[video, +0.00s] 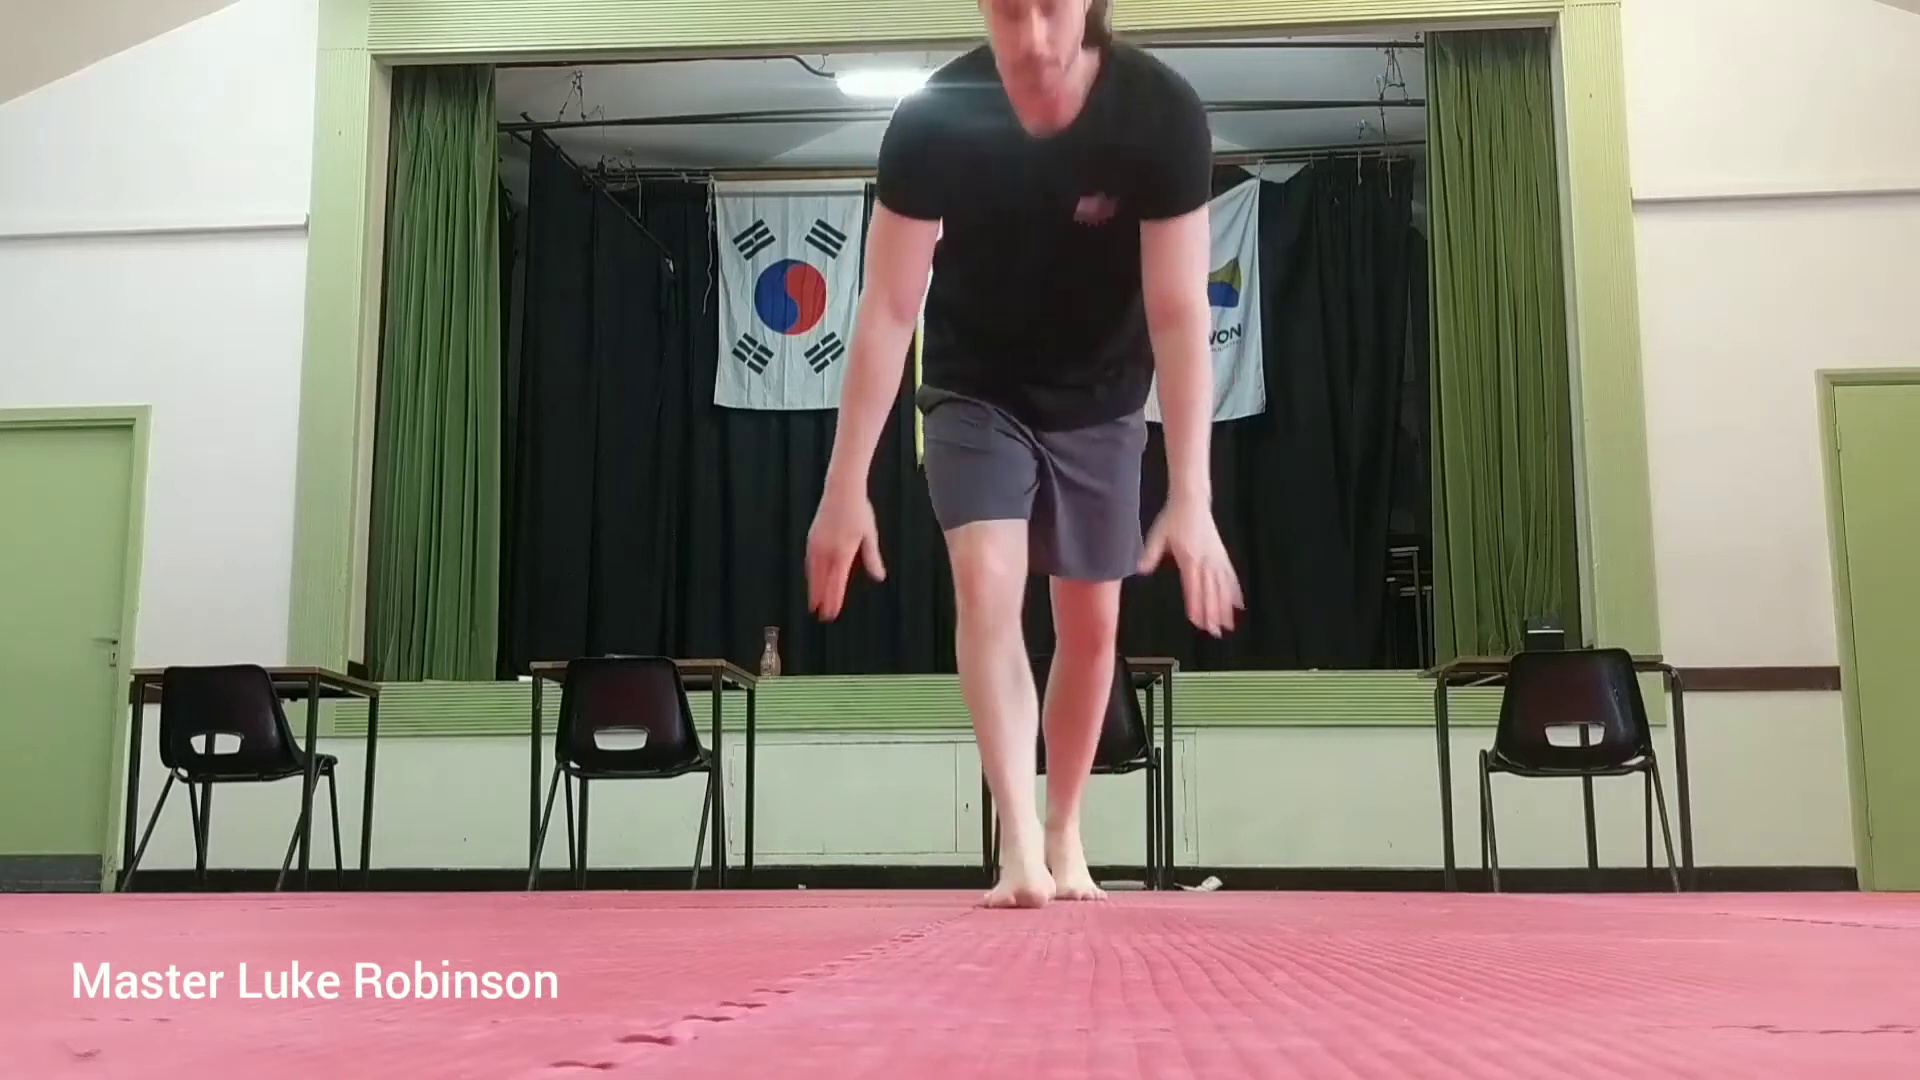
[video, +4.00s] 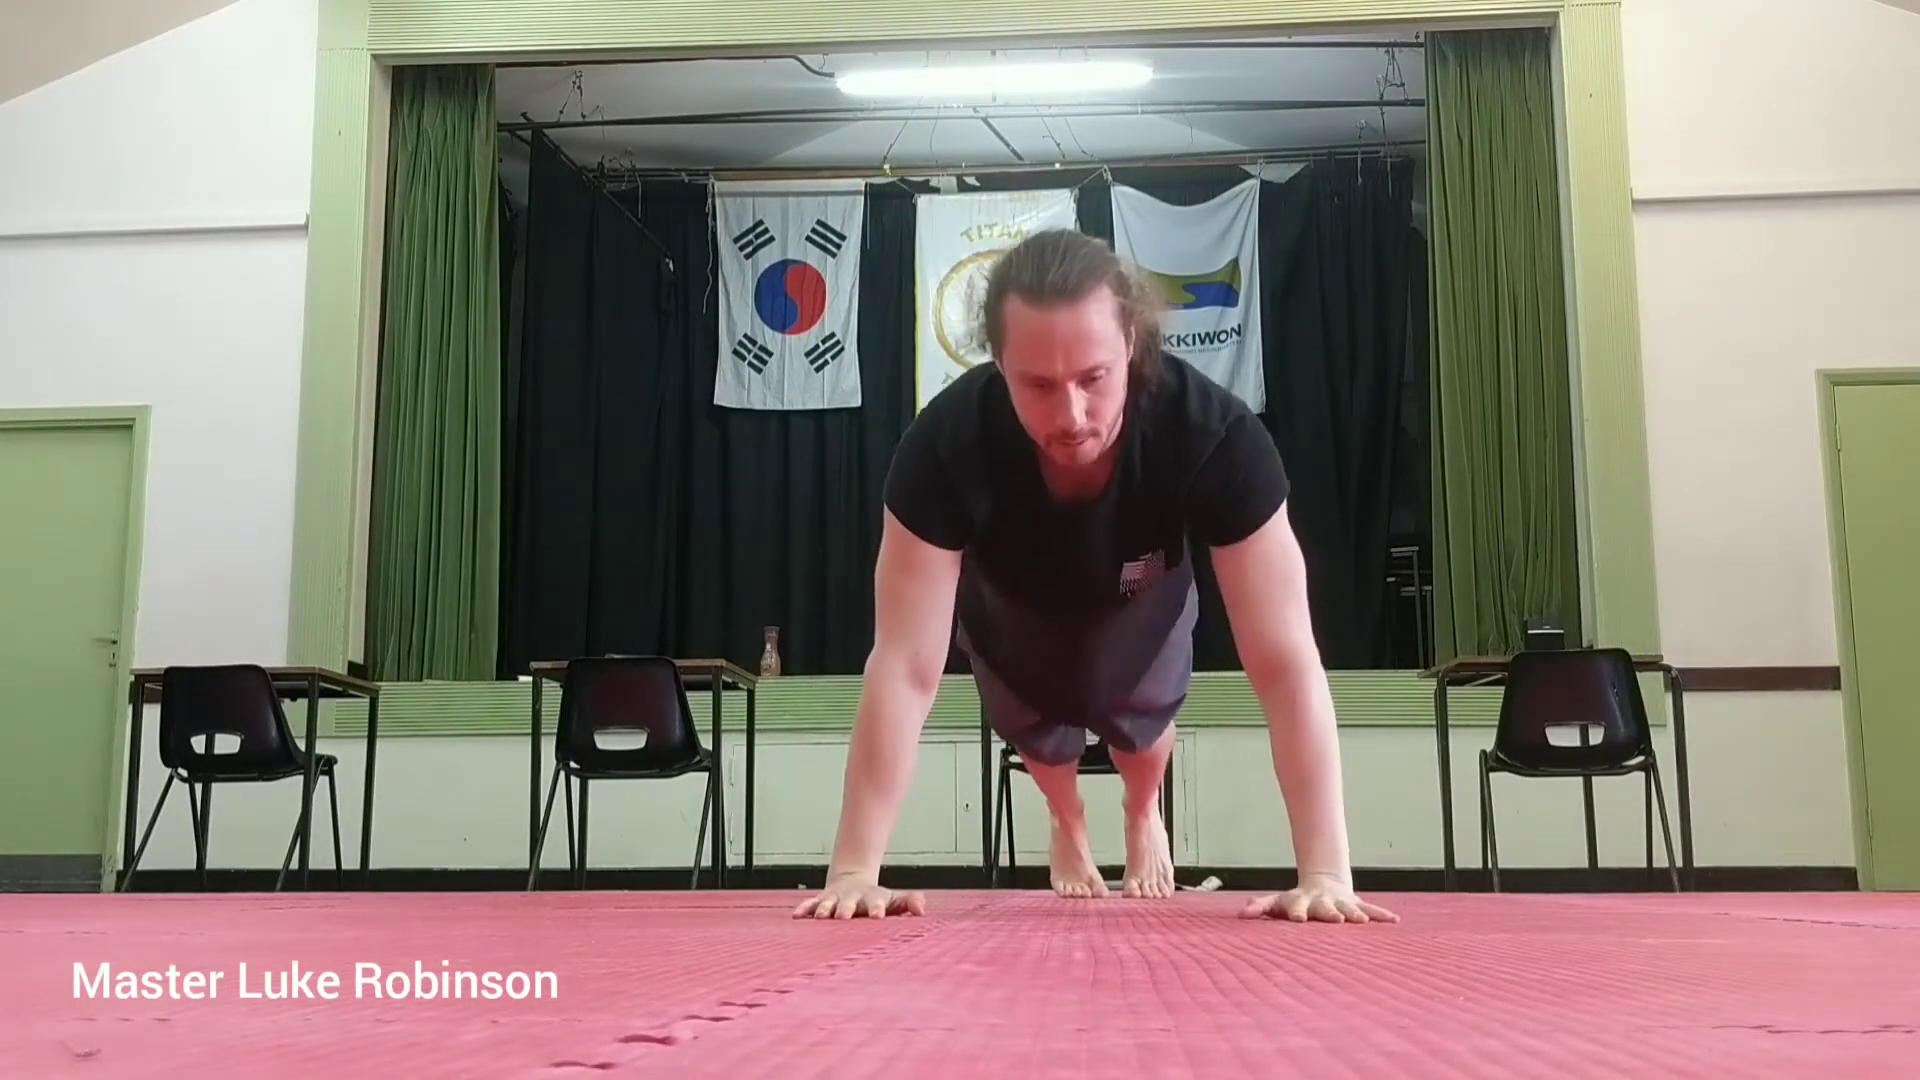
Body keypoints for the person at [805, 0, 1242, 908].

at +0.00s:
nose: (1037, 37)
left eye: (1056, 7)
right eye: (1012, 9)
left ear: (1093, 5)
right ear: (983, 11)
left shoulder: (1161, 114)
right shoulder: (933, 123)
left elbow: (1179, 317)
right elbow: (889, 313)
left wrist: (1191, 498)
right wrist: (844, 485)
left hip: (1104, 397)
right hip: (973, 390)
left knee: (1091, 624)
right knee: (988, 581)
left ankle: (1064, 833)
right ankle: (1020, 842)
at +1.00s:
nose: (1033, 438)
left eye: (1061, 406)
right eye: (1004, 410)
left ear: (1107, 353)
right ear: (959, 360)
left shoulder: (1185, 406)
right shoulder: (893, 412)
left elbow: (1238, 653)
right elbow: (856, 652)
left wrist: (1262, 873)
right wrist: (811, 868)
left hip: (1114, 589)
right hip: (973, 594)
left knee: (1106, 714)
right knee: (986, 724)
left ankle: (1094, 813)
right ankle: (998, 819)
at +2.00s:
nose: (1034, 455)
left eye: (1059, 424)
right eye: (1006, 428)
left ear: (1106, 379)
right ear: (967, 392)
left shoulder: (1189, 423)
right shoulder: (925, 444)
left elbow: (1255, 657)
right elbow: (865, 668)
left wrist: (1286, 874)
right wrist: (802, 868)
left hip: (1151, 605)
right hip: (1018, 618)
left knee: (1151, 729)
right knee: (1026, 735)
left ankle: (1136, 795)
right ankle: (1025, 823)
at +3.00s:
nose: (1075, 451)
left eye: (1099, 419)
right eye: (1046, 423)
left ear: (1140, 379)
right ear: (1010, 389)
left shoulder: (1219, 443)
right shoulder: (957, 466)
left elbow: (1266, 666)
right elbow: (913, 674)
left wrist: (1298, 873)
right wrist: (874, 870)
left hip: (1167, 617)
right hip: (1040, 627)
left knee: (1155, 725)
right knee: (1050, 724)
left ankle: (1136, 817)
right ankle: (1052, 829)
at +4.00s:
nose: (1073, 415)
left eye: (1093, 379)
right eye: (1039, 387)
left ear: (1131, 348)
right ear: (1000, 365)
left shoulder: (1215, 442)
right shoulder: (946, 450)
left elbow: (1285, 664)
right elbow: (904, 664)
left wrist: (1325, 873)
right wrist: (854, 866)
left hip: (1145, 620)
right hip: (1016, 632)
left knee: (1142, 732)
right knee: (1045, 746)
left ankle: (1142, 825)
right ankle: (1067, 831)